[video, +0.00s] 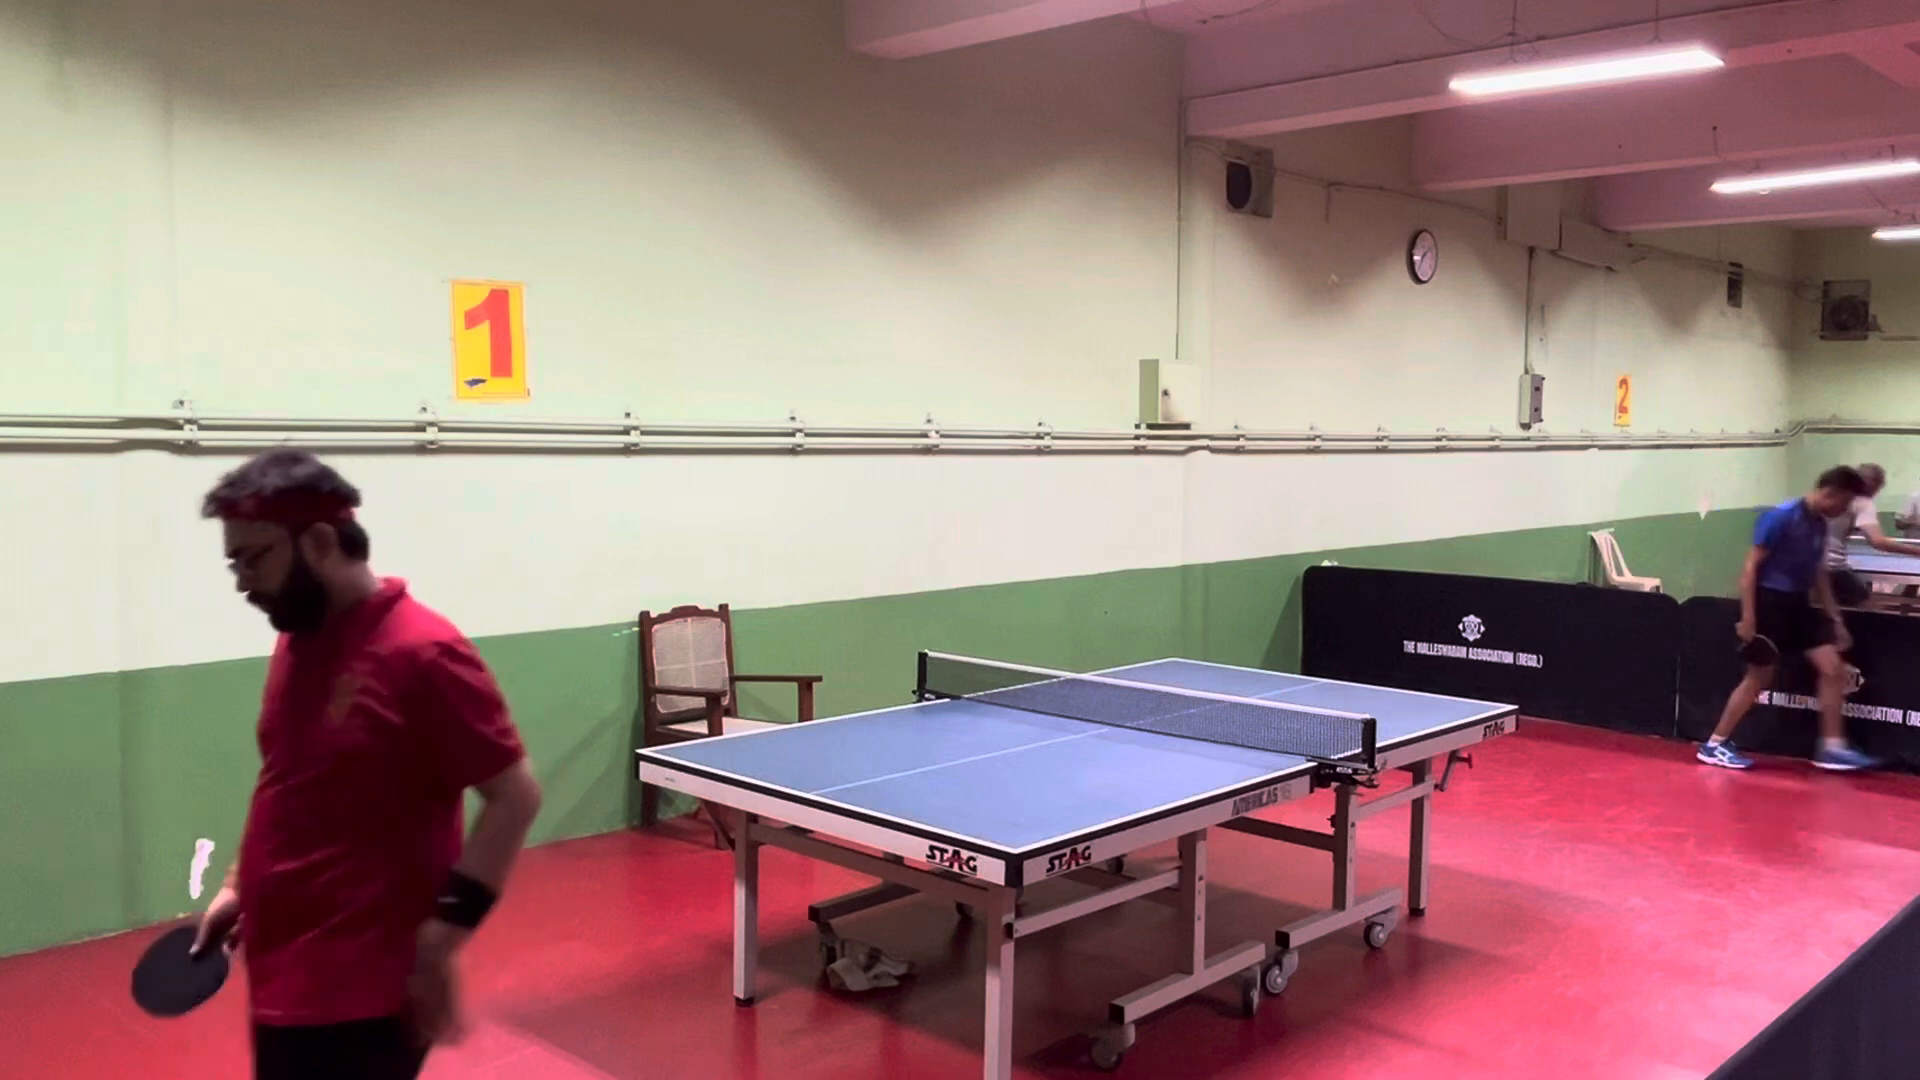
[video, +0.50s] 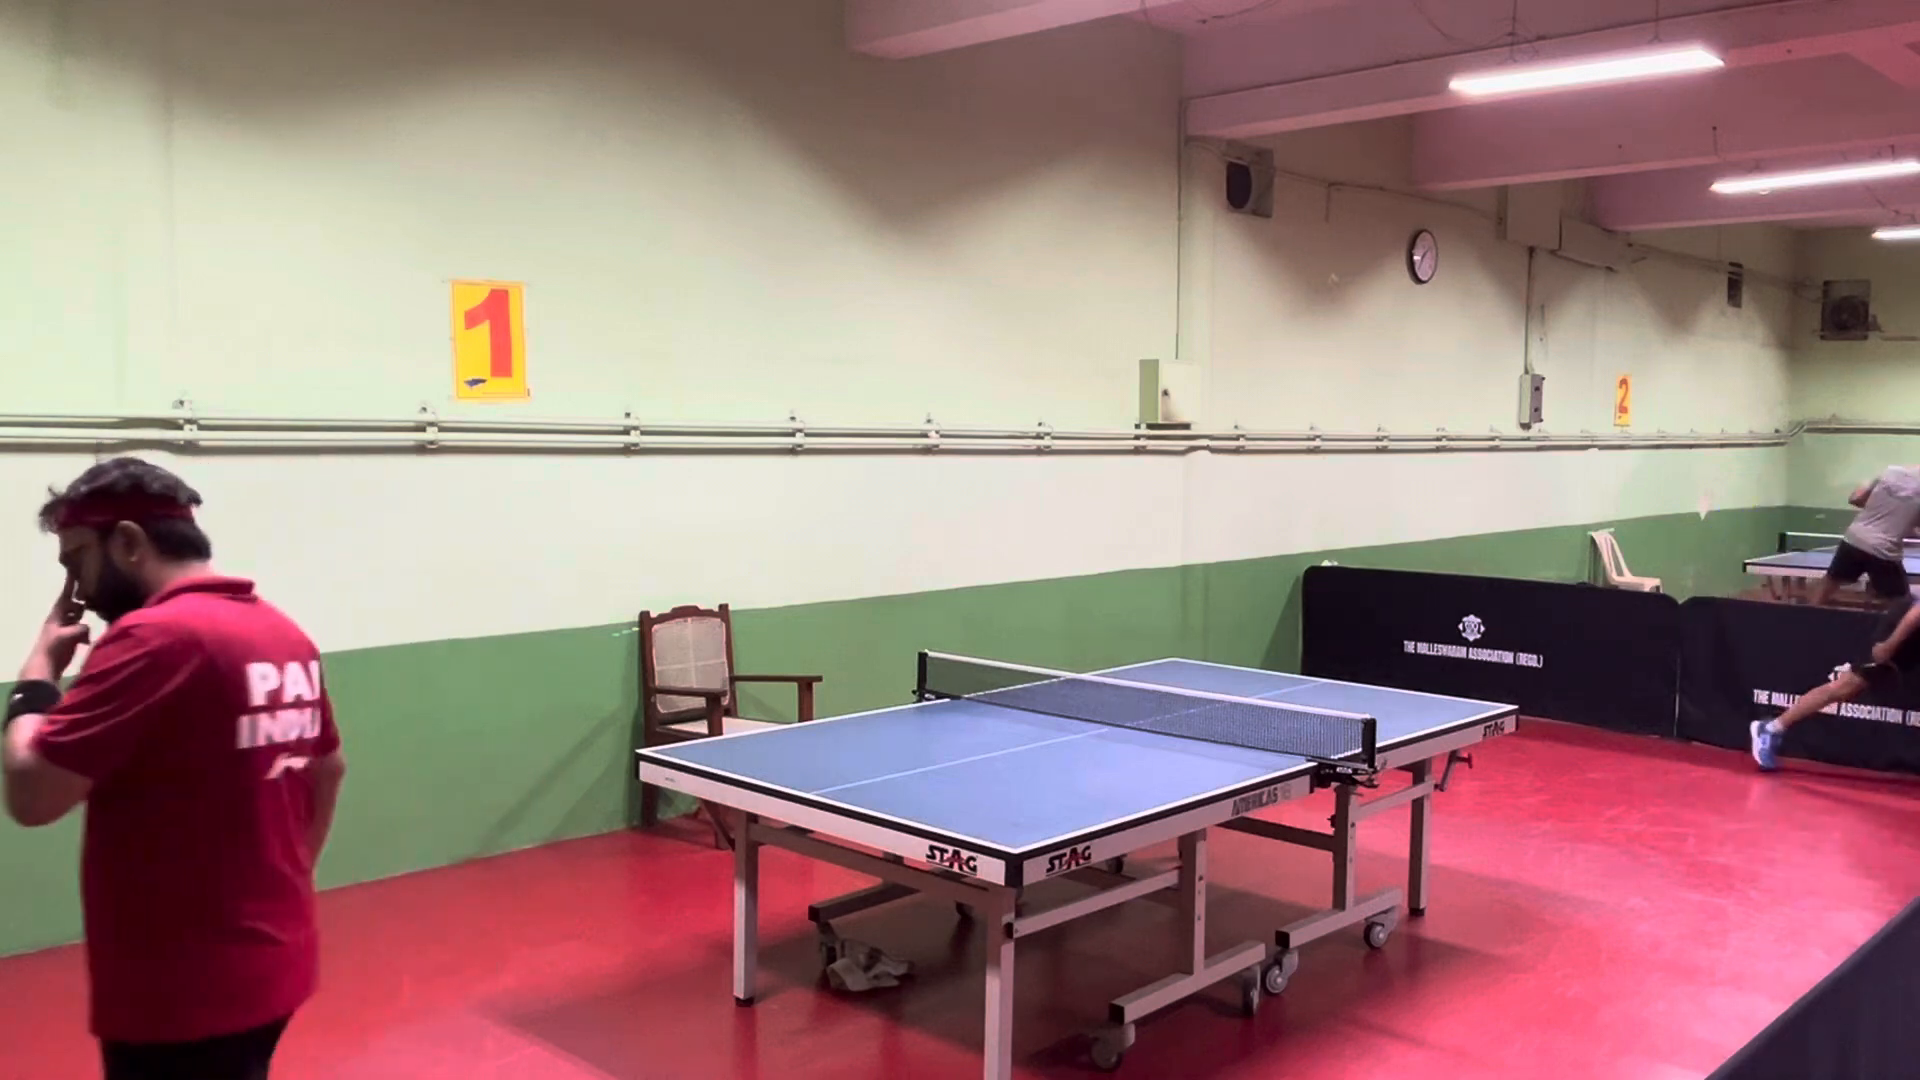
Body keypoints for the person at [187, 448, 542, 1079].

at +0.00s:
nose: (241, 583)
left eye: (253, 558)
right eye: (236, 564)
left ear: (320, 541)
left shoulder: (424, 650)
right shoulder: (297, 646)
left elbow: (514, 794)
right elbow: (293, 792)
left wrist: (444, 935)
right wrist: (240, 890)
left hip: (367, 990)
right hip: (286, 985)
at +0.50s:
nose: (71, 582)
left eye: (74, 559)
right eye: (65, 563)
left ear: (129, 543)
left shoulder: (156, 639)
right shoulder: (282, 632)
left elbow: (31, 796)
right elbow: (326, 768)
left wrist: (41, 669)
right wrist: (289, 874)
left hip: (175, 988)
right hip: (268, 969)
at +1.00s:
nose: (226, 514)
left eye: (224, 501)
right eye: (222, 502)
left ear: (119, 516)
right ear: (190, 517)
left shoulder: (31, 618)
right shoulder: (252, 617)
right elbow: (300, 751)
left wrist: (10, 815)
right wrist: (290, 818)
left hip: (61, 913)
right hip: (188, 922)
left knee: (79, 1021)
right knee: (168, 1067)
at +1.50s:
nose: (331, 490)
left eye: (325, 477)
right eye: (318, 481)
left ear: (253, 501)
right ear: (279, 503)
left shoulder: (170, 581)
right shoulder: (305, 593)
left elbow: (154, 681)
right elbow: (336, 724)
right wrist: (392, 837)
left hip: (202, 848)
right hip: (303, 847)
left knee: (222, 997)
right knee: (381, 955)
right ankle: (316, 1074)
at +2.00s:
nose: (503, 491)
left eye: (497, 480)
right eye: (492, 484)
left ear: (433, 501)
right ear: (460, 505)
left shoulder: (370, 562)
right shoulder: (467, 595)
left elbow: (336, 659)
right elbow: (471, 721)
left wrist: (339, 751)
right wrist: (513, 825)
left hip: (379, 803)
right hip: (439, 816)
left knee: (424, 917)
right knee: (457, 958)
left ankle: (331, 1053)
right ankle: (467, 1073)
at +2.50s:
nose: (560, 492)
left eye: (555, 481)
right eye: (550, 485)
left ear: (495, 498)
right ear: (519, 501)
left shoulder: (443, 557)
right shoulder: (517, 582)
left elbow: (427, 659)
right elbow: (526, 691)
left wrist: (488, 715)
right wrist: (619, 739)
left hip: (462, 779)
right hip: (515, 792)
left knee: (489, 901)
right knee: (524, 929)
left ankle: (461, 1026)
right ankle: (483, 1068)